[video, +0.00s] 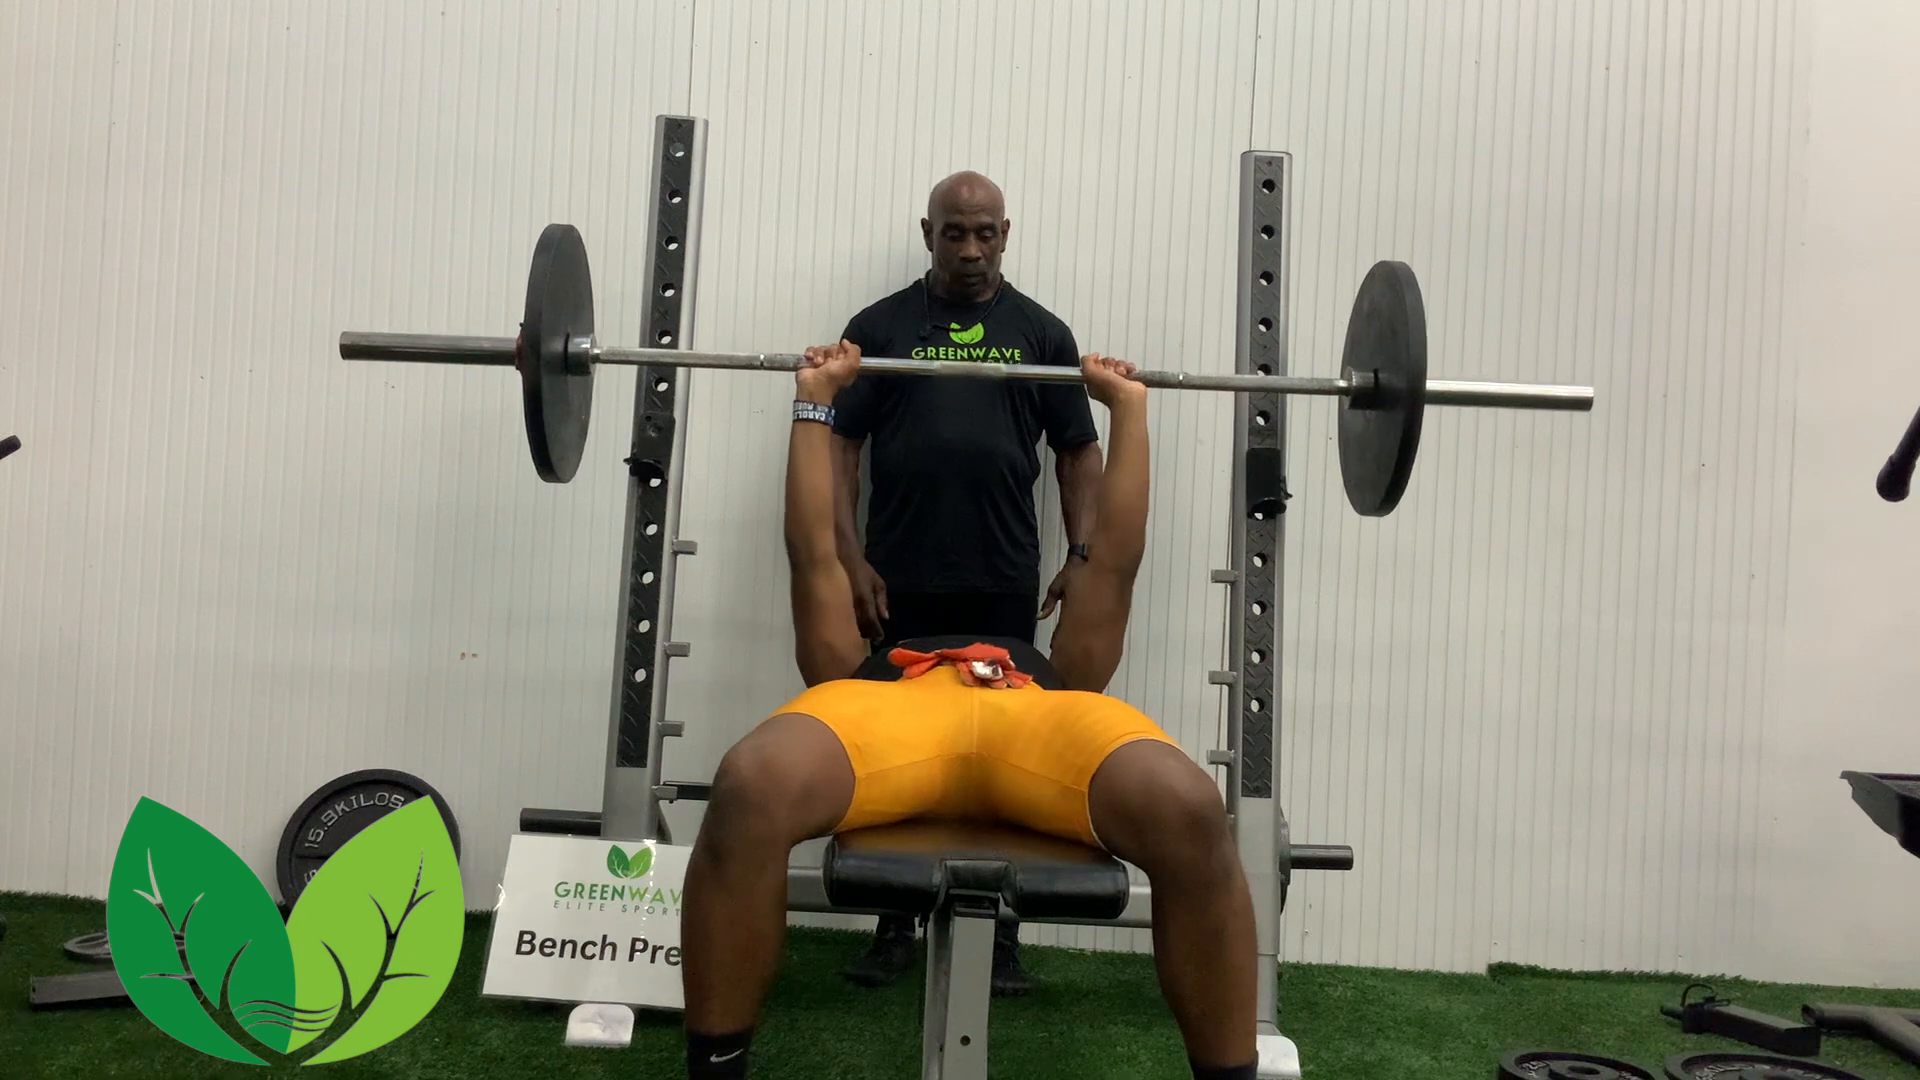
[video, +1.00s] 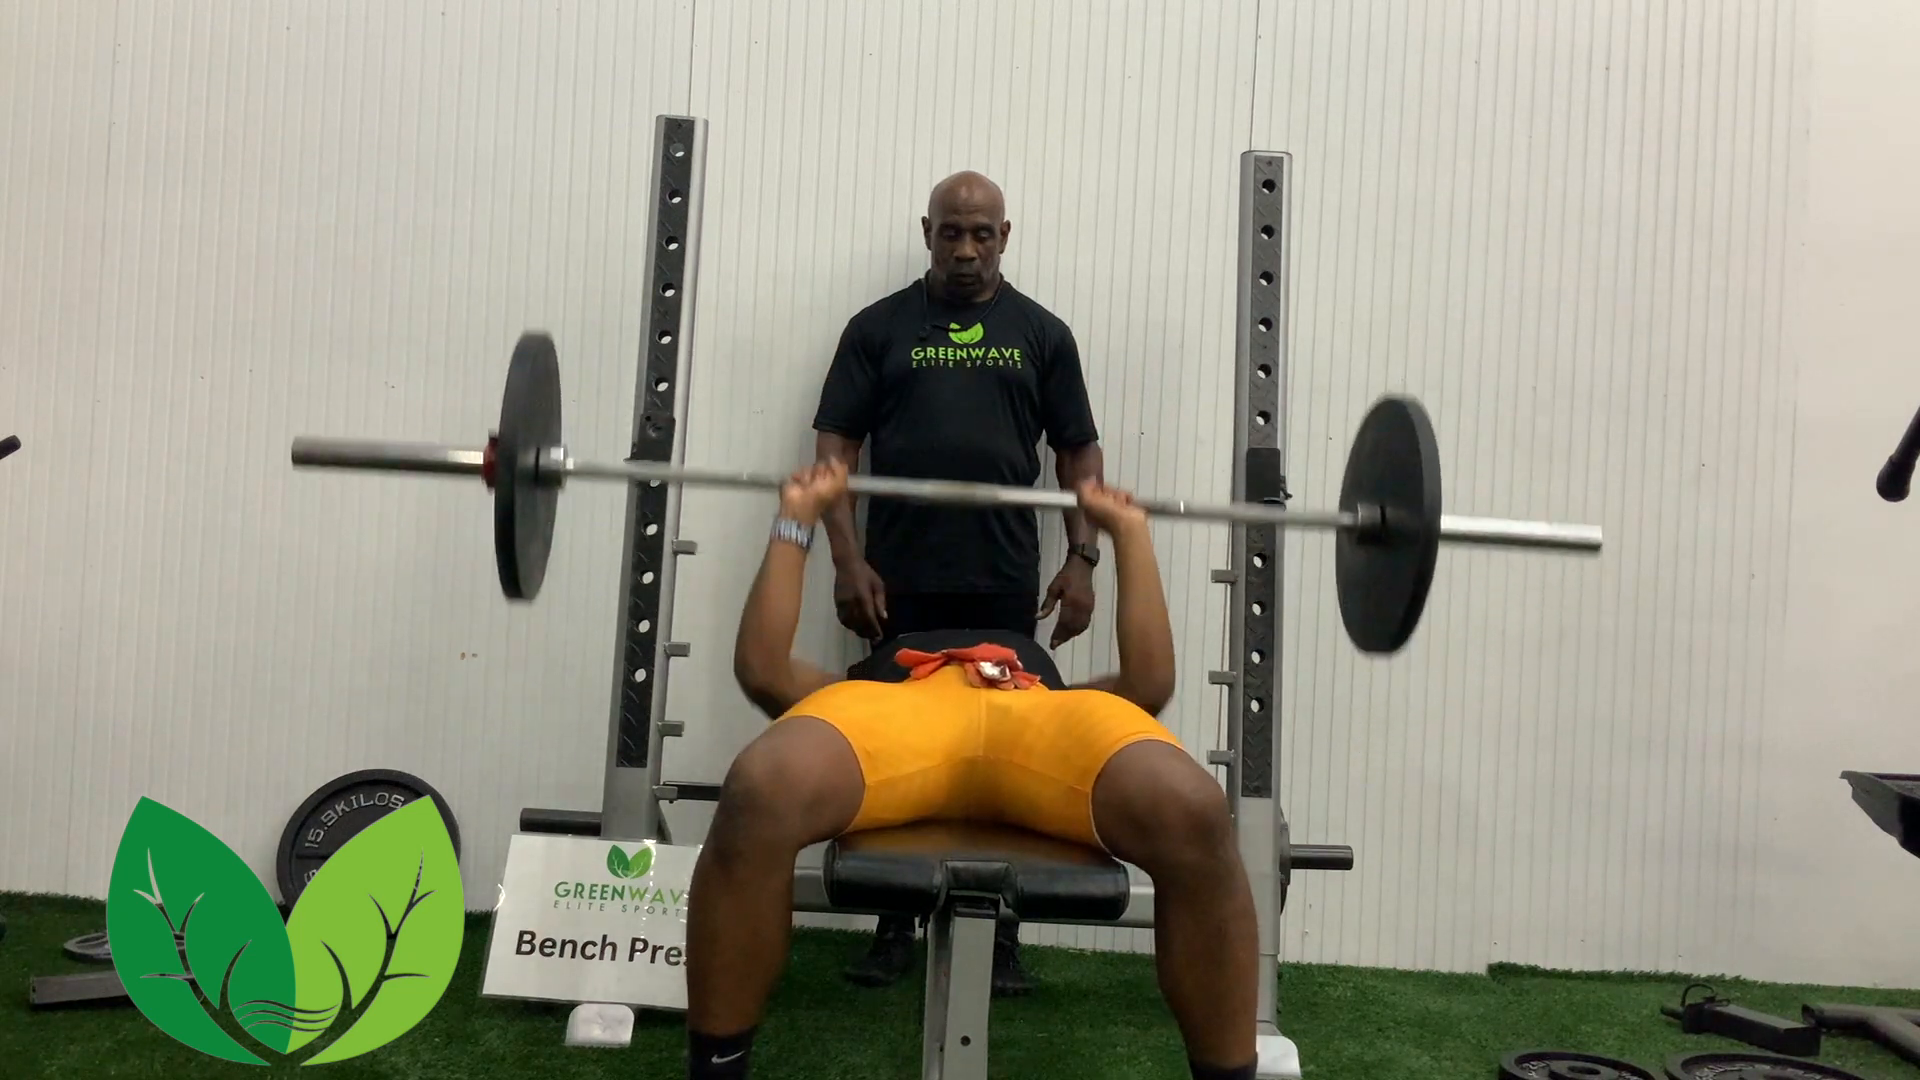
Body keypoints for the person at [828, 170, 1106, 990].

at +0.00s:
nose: (972, 249)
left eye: (987, 234)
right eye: (956, 233)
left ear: (1006, 237)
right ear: (927, 236)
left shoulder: (1043, 336)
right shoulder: (873, 333)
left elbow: (1077, 456)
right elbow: (842, 456)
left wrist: (1079, 555)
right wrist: (851, 558)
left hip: (1007, 582)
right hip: (899, 576)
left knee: (1010, 756)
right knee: (892, 750)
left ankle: (999, 929)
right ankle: (896, 920)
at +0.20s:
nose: (970, 248)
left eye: (986, 234)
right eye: (954, 233)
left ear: (1006, 237)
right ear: (927, 236)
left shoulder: (1044, 336)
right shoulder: (874, 333)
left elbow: (1075, 452)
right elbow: (839, 456)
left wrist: (1080, 561)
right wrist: (850, 560)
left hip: (1007, 583)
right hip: (901, 579)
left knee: (1014, 756)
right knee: (890, 752)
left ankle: (999, 931)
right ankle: (896, 922)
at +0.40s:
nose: (969, 248)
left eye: (985, 234)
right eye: (953, 233)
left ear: (1006, 239)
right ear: (927, 236)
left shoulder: (1042, 337)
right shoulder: (876, 332)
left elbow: (1079, 455)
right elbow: (835, 457)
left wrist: (1082, 558)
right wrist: (849, 559)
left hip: (1006, 588)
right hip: (903, 585)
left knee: (1013, 752)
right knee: (891, 749)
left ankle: (998, 929)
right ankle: (896, 919)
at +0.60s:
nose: (966, 248)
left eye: (981, 235)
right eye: (950, 234)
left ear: (1005, 239)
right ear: (926, 236)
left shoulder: (1041, 336)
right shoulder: (877, 330)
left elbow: (1078, 453)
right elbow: (835, 450)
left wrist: (1080, 559)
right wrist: (850, 563)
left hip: (1006, 590)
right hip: (899, 587)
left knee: (1010, 761)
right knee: (891, 758)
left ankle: (1001, 931)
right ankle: (896, 923)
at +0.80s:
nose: (965, 248)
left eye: (981, 235)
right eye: (950, 234)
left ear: (1005, 240)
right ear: (926, 236)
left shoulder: (1041, 335)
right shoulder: (878, 329)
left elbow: (1078, 452)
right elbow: (836, 450)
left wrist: (1080, 558)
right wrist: (851, 560)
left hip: (1008, 590)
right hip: (899, 587)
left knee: (1011, 763)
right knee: (892, 762)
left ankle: (1001, 929)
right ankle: (896, 924)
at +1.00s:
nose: (967, 249)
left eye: (983, 235)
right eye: (952, 234)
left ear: (1005, 241)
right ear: (927, 236)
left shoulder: (1042, 337)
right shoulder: (876, 331)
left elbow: (1077, 459)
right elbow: (834, 454)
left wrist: (1080, 559)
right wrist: (848, 558)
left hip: (1006, 589)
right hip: (902, 586)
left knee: (1011, 752)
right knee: (890, 751)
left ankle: (998, 927)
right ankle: (896, 918)